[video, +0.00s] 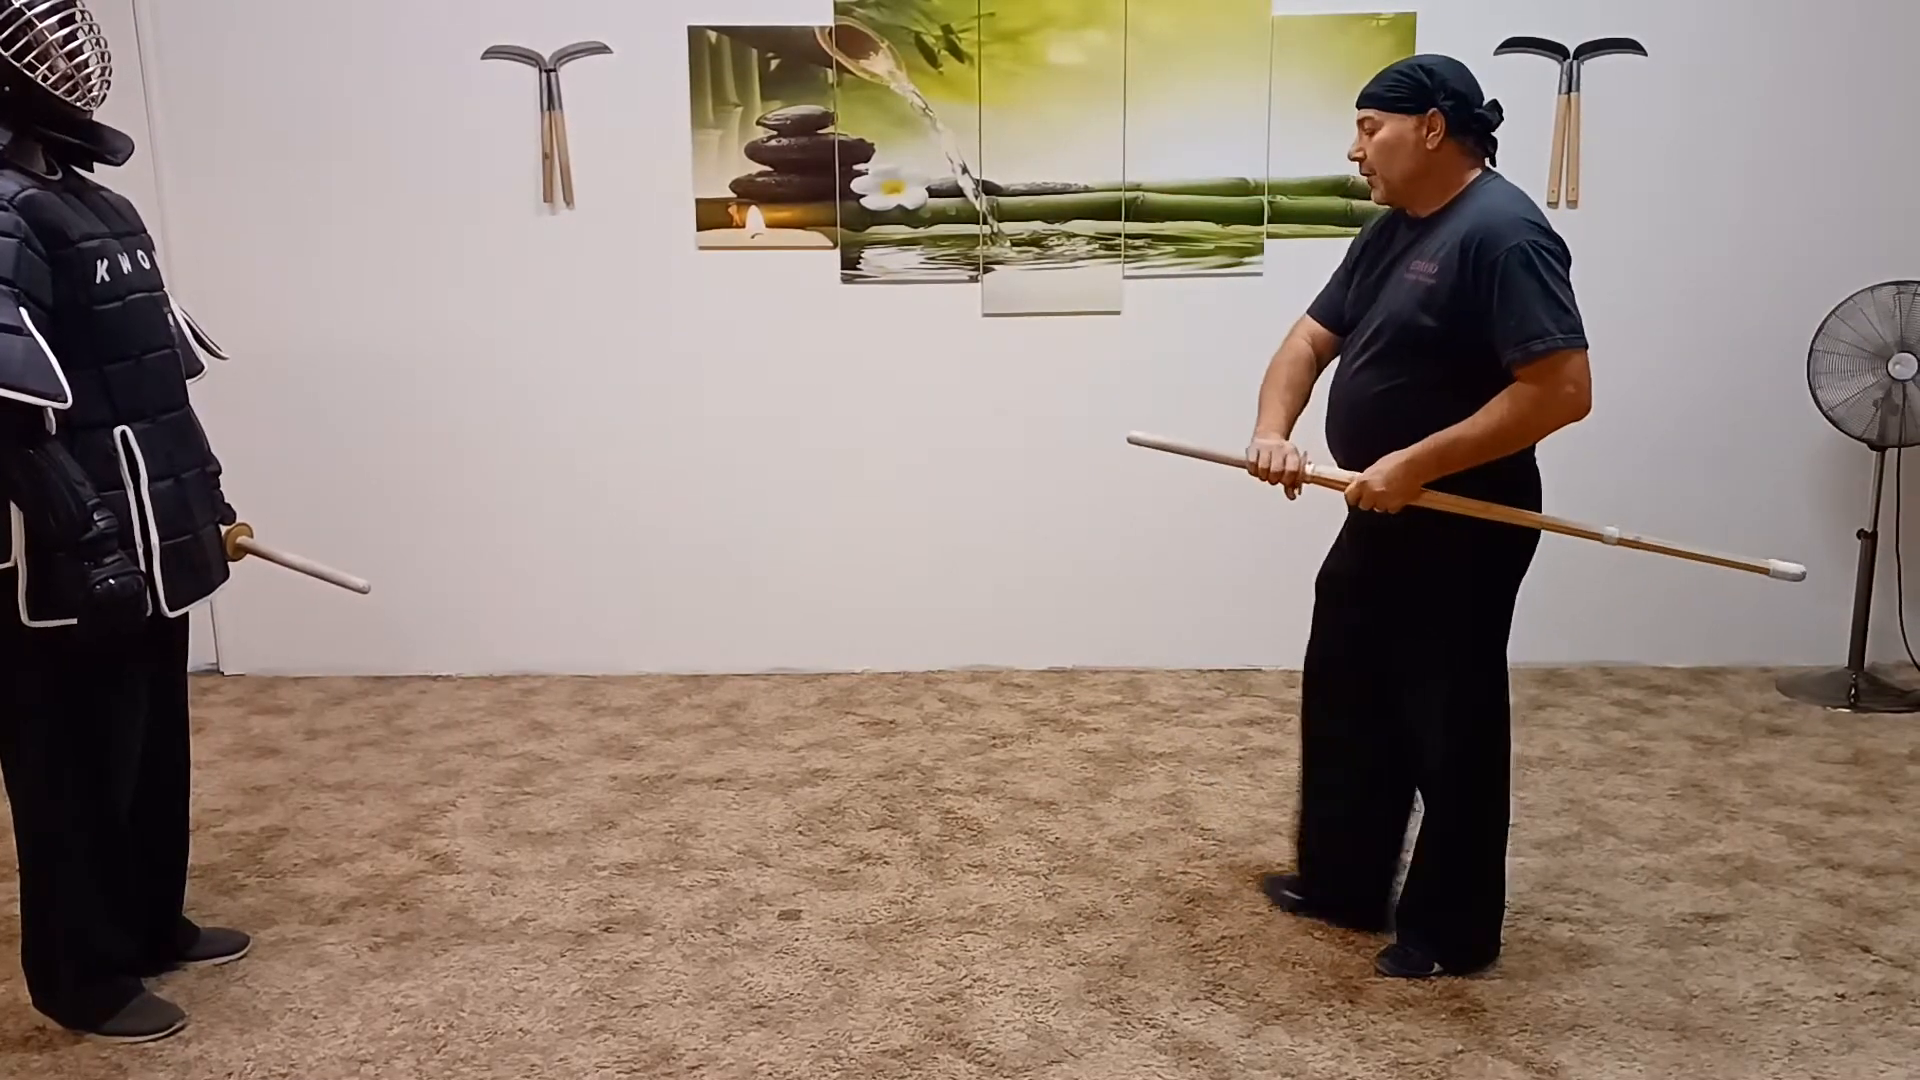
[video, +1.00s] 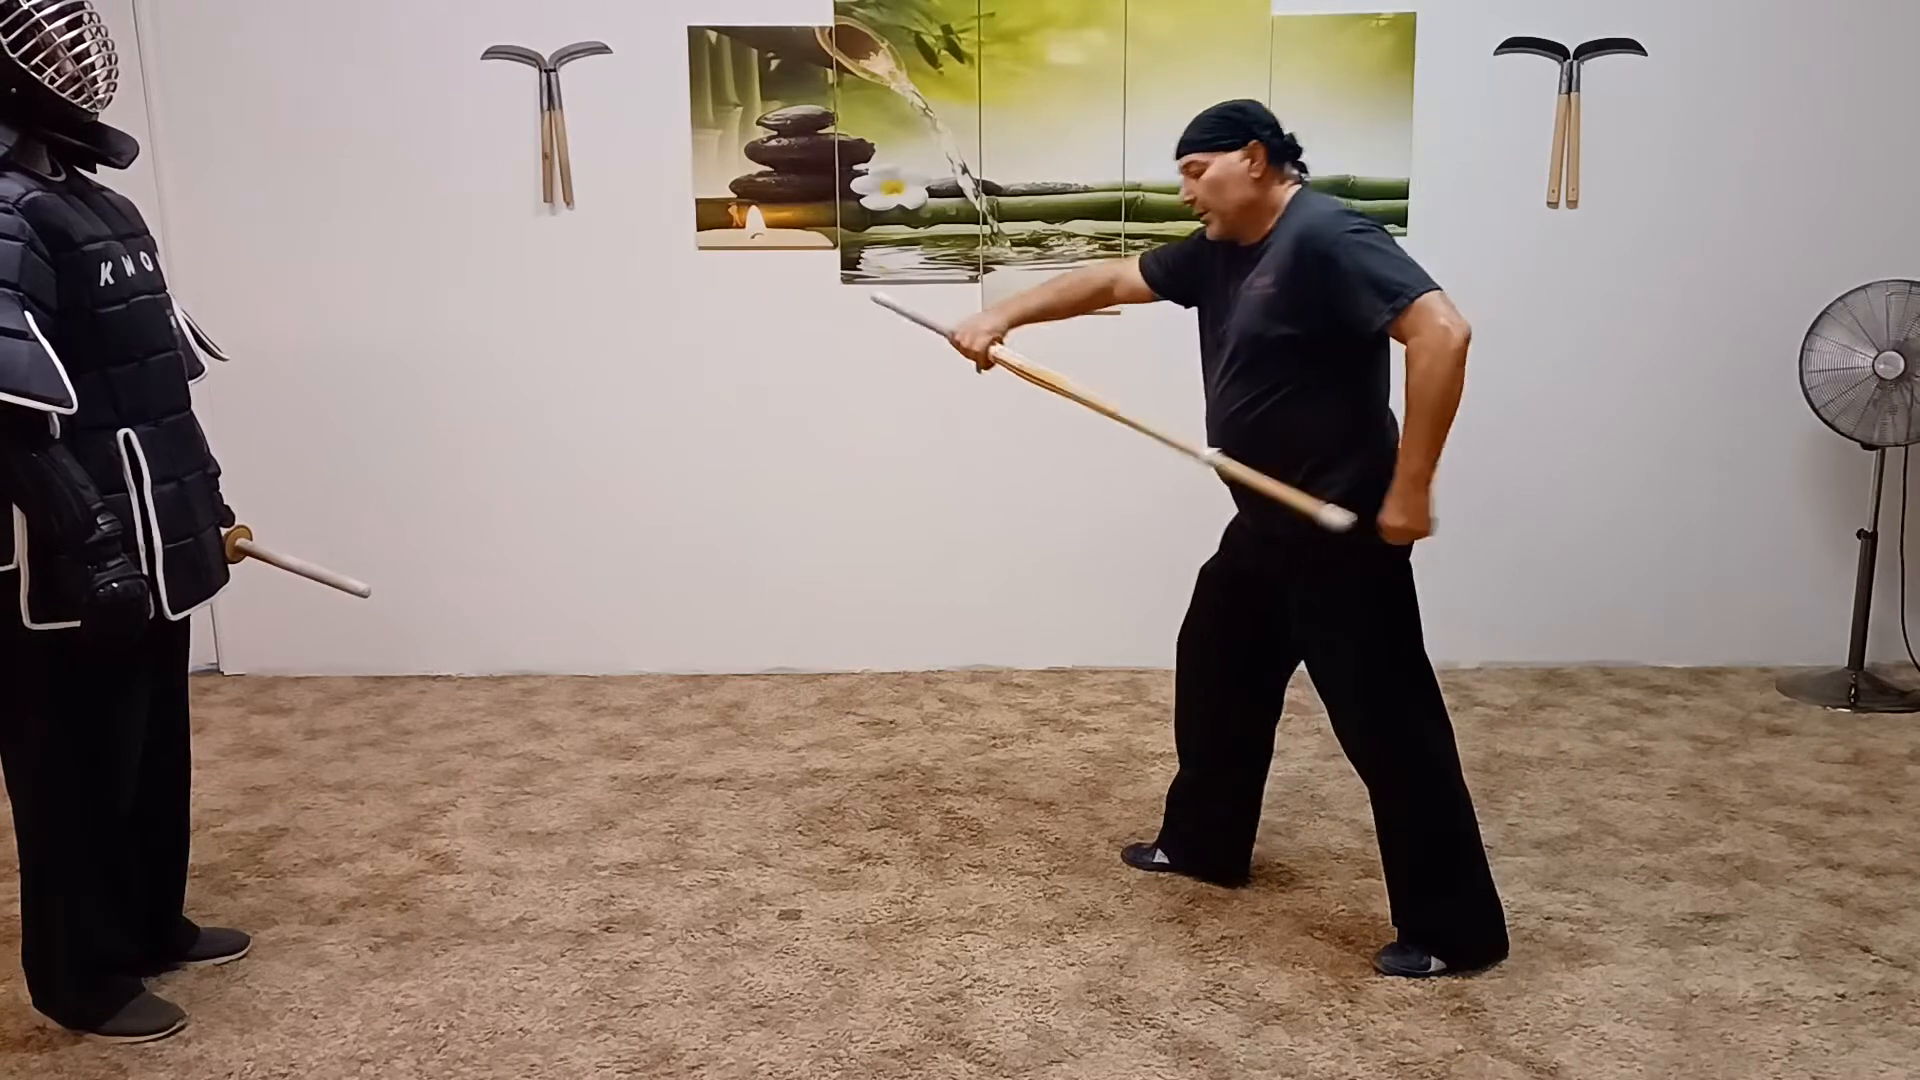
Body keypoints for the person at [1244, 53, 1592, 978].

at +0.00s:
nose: (1357, 146)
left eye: (1372, 125)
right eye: (1358, 128)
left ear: (1432, 128)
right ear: (1420, 134)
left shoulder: (1505, 232)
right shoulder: (1388, 231)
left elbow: (1561, 389)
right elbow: (1307, 343)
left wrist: (1417, 462)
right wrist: (1275, 427)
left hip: (1470, 516)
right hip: (1382, 504)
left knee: (1454, 717)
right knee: (1344, 688)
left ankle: (1453, 931)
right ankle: (1343, 885)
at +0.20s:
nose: (1346, 156)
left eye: (1358, 136)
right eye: (1347, 137)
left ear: (1418, 136)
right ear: (1409, 141)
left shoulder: (1489, 237)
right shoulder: (1390, 231)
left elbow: (1542, 394)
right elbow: (1303, 340)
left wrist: (1395, 462)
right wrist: (1253, 425)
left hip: (1451, 523)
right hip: (1374, 512)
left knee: (1435, 724)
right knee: (1321, 679)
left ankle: (1452, 933)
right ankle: (1265, 843)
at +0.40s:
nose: (1322, 164)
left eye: (1335, 145)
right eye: (1323, 147)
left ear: (1392, 143)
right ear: (1383, 147)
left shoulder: (1461, 240)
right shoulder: (1368, 241)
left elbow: (1525, 390)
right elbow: (1271, 336)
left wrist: (1390, 473)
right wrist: (1190, 414)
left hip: (1423, 528)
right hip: (1353, 517)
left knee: (1415, 726)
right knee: (1306, 683)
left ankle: (1453, 932)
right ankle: (1241, 828)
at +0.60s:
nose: (1276, 165)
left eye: (1290, 146)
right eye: (1276, 149)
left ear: (1348, 147)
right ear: (1329, 154)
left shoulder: (1416, 237)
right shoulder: (1310, 247)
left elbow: (1500, 367)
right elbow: (1204, 317)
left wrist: (1380, 477)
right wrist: (1100, 376)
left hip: (1391, 526)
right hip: (1318, 517)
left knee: (1393, 727)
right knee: (1277, 689)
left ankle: (1452, 933)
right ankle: (1223, 845)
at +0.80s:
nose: (1224, 164)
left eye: (1238, 147)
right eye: (1223, 152)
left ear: (1296, 147)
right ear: (1271, 158)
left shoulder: (1366, 230)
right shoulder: (1255, 245)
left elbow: (1463, 343)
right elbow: (1142, 291)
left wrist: (1386, 479)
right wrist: (1030, 334)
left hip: (1359, 528)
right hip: (1283, 520)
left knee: (1395, 733)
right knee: (1247, 686)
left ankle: (1455, 929)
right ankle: (1213, 846)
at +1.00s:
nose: (1187, 188)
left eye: (1198, 168)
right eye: (1183, 174)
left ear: (1254, 159)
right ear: (1230, 170)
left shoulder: (1327, 232)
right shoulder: (1212, 257)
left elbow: (1438, 334)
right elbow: (1107, 283)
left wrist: (1413, 484)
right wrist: (998, 315)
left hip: (1346, 531)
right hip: (1262, 527)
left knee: (1393, 731)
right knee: (1216, 667)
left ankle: (1457, 929)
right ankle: (1204, 845)